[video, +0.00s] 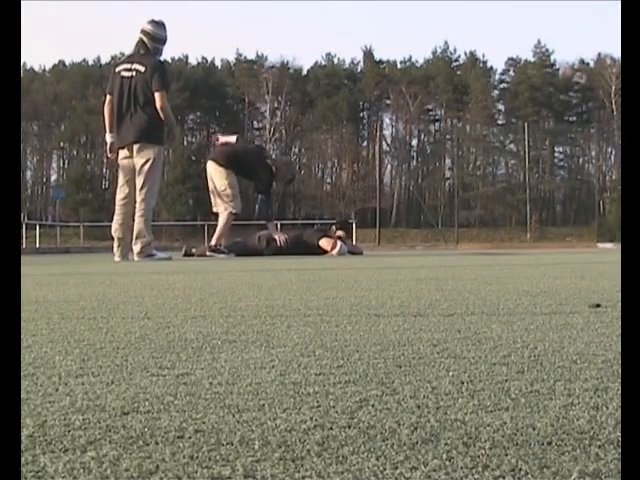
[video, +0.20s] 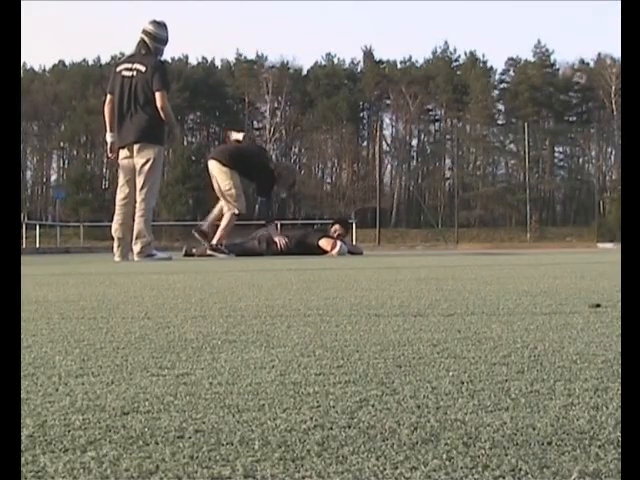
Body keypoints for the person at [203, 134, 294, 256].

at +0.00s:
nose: (282, 182)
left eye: (286, 180)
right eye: (285, 179)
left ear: (277, 163)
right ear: (280, 172)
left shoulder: (260, 152)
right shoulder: (266, 174)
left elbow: (238, 140)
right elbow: (264, 206)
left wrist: (222, 138)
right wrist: (274, 232)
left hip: (214, 160)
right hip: (223, 165)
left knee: (224, 208)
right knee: (231, 208)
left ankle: (222, 245)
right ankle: (214, 244)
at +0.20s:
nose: (283, 188)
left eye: (287, 185)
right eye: (286, 184)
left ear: (280, 168)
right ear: (282, 176)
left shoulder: (261, 153)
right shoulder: (267, 176)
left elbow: (236, 136)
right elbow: (264, 209)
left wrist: (233, 135)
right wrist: (275, 235)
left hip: (214, 158)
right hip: (224, 163)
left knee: (226, 200)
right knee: (235, 208)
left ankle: (205, 227)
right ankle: (216, 243)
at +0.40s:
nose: (284, 191)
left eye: (288, 189)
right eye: (287, 188)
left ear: (282, 172)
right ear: (284, 180)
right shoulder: (268, 177)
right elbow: (266, 208)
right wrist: (275, 235)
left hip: (215, 159)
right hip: (227, 165)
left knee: (214, 204)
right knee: (235, 209)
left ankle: (181, 216)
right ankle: (216, 244)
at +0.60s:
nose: (289, 194)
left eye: (292, 191)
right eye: (291, 190)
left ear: (284, 177)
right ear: (286, 182)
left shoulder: (269, 175)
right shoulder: (271, 180)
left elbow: (270, 202)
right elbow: (267, 209)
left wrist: (277, 219)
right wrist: (274, 235)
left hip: (218, 157)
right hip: (228, 163)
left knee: (207, 201)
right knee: (235, 210)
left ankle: (171, 214)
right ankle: (215, 245)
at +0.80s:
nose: (289, 195)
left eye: (292, 192)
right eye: (292, 192)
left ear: (286, 179)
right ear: (289, 184)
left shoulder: (271, 178)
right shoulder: (273, 181)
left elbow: (270, 208)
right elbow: (268, 209)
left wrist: (276, 232)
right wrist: (275, 235)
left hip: (221, 159)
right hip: (230, 164)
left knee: (215, 204)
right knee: (235, 209)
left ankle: (179, 214)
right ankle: (215, 245)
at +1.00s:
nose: (291, 197)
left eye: (295, 195)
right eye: (294, 194)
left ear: (290, 183)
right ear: (291, 186)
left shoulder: (273, 180)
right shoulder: (276, 181)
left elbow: (269, 210)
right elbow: (273, 209)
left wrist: (275, 234)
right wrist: (278, 234)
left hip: (226, 161)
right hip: (233, 165)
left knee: (224, 205)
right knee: (236, 209)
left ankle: (190, 216)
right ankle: (215, 244)